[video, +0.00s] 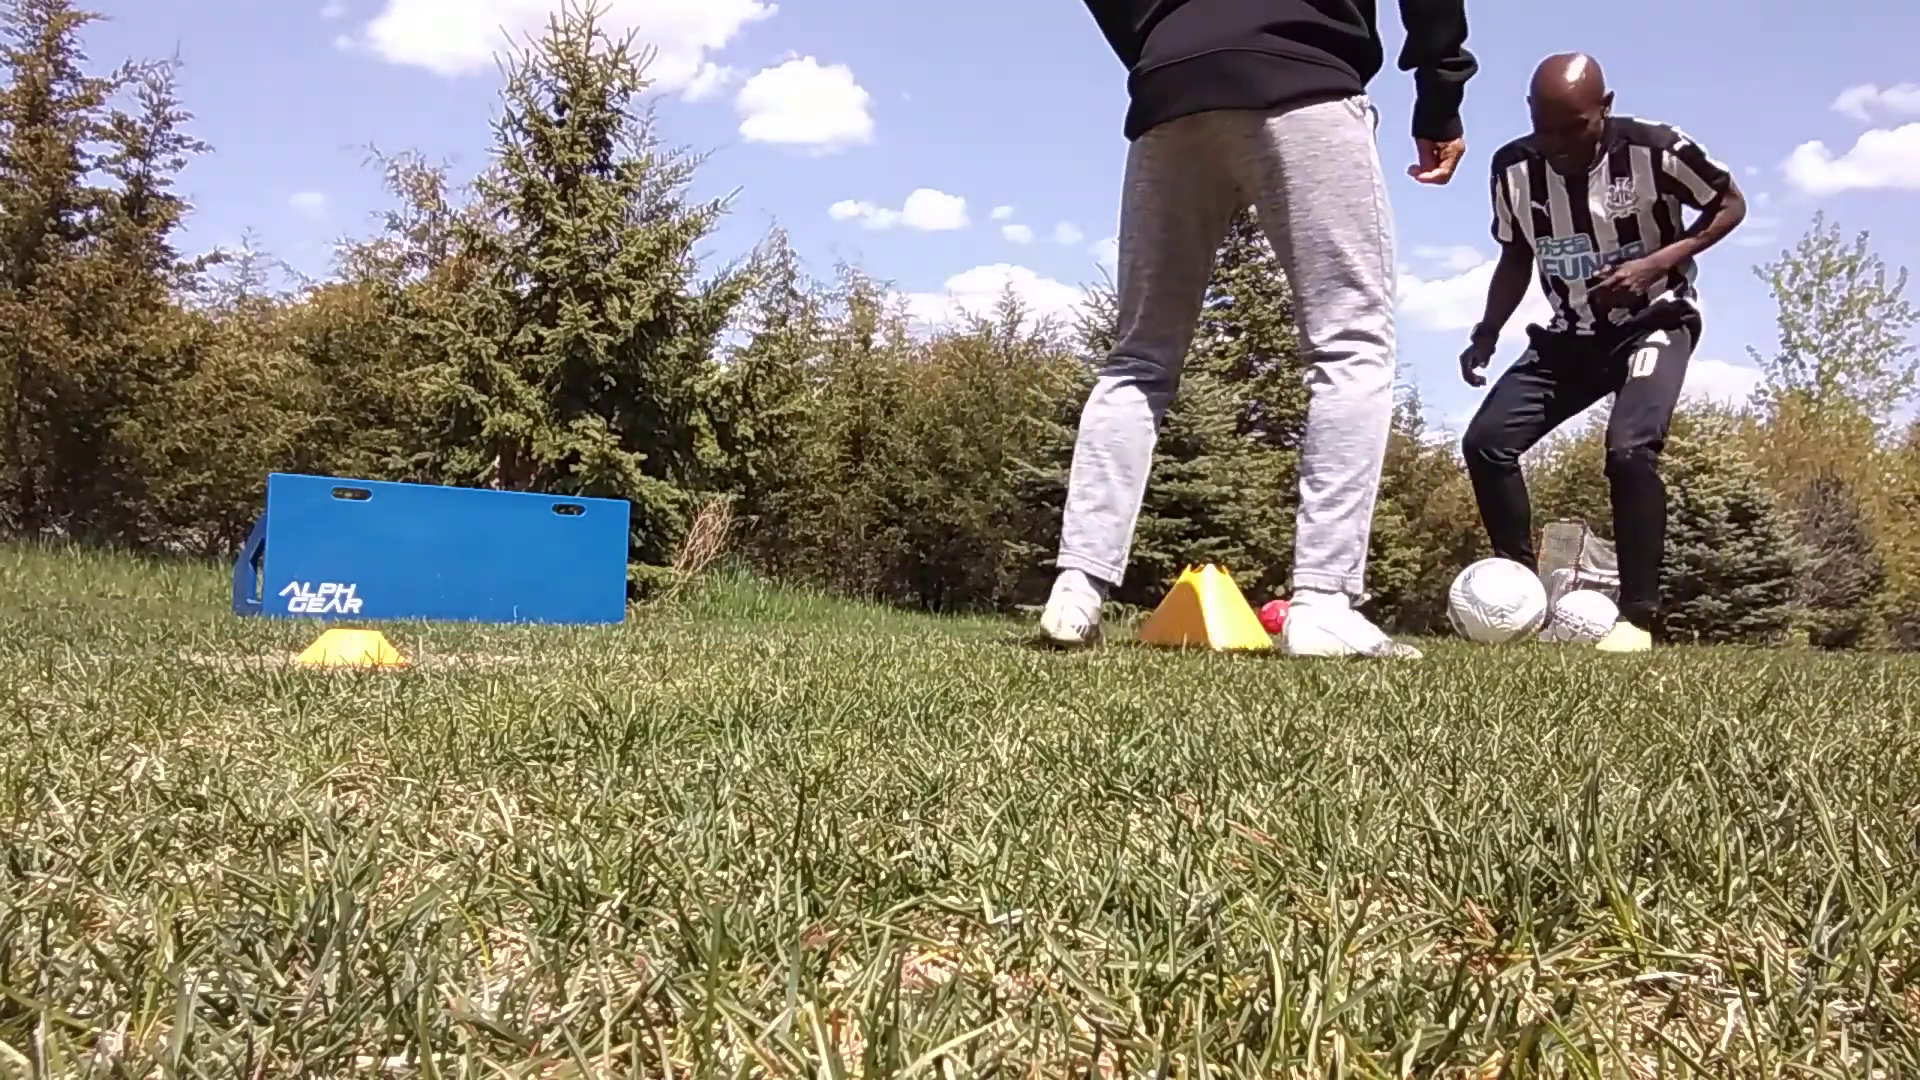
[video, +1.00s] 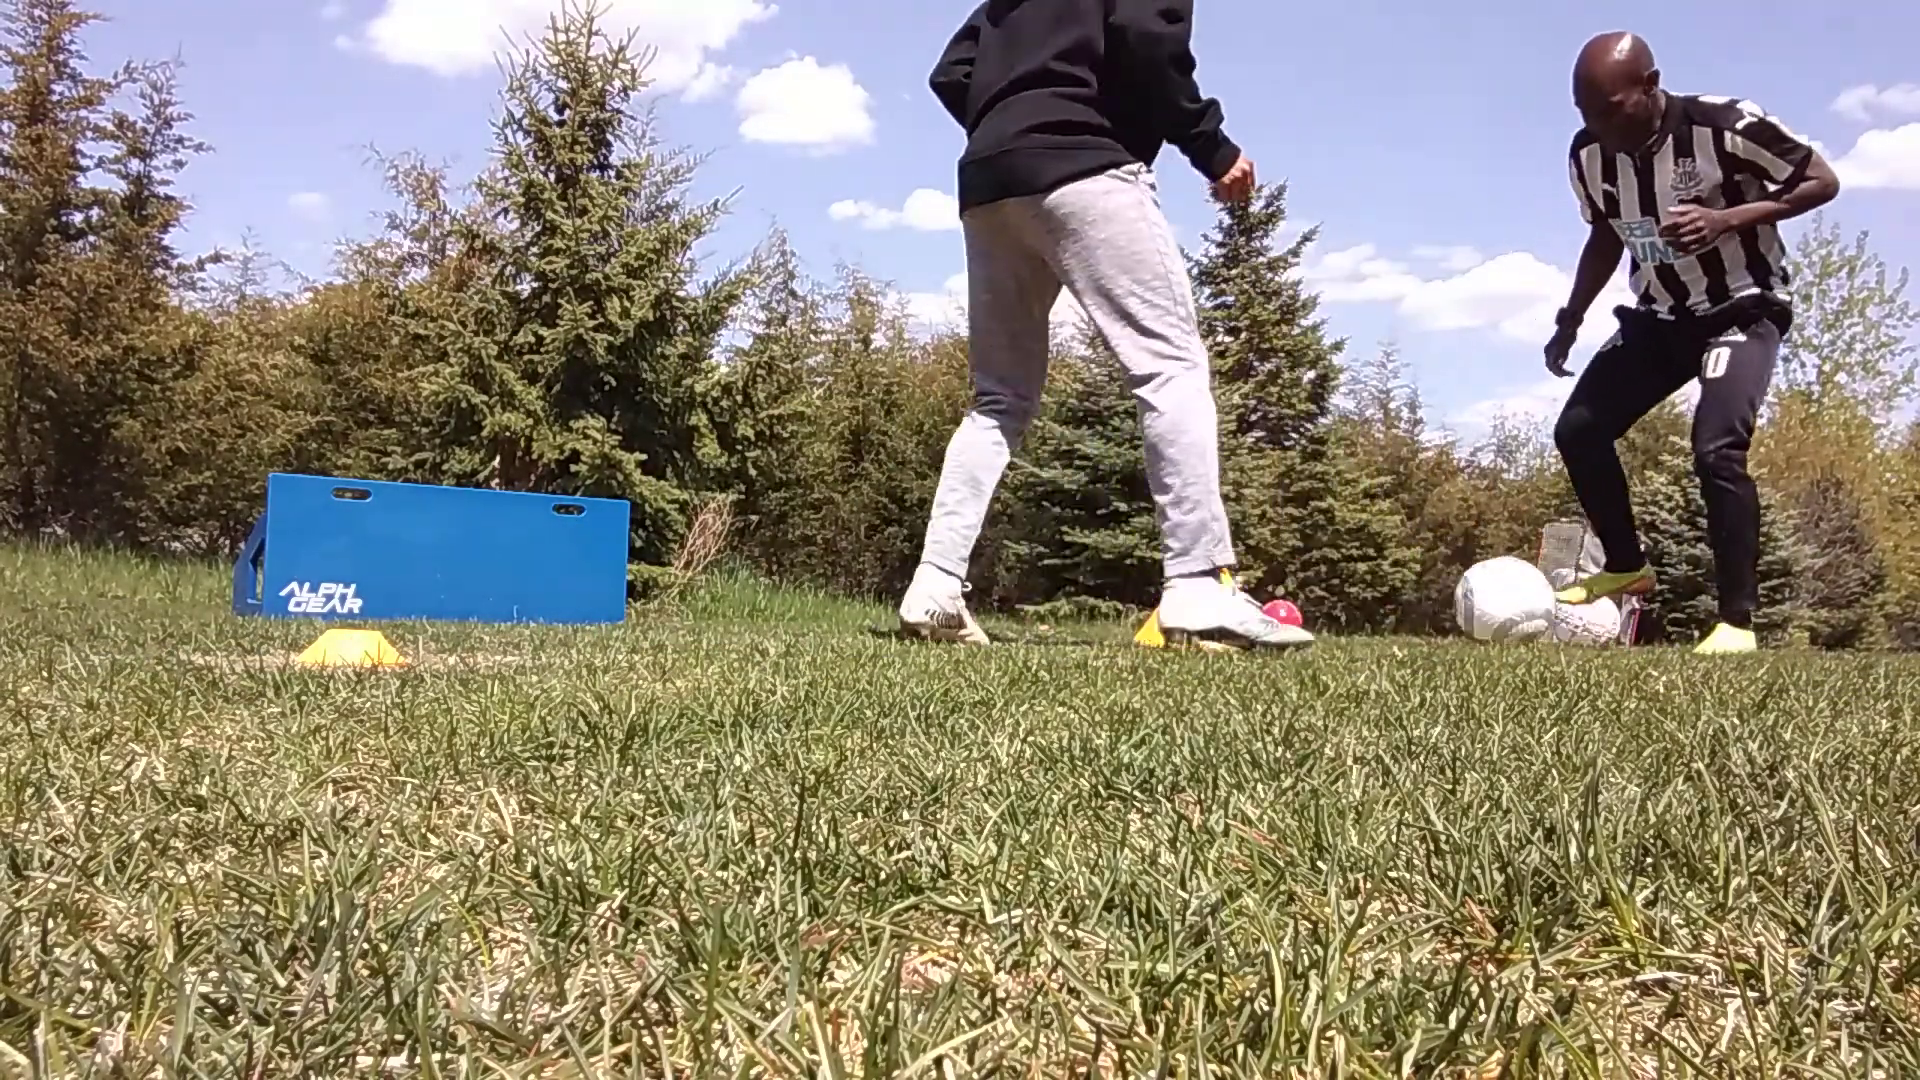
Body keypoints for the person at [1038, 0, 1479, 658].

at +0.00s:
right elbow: (1432, 5)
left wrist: (1163, 61)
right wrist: (1439, 101)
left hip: (1169, 82)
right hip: (1302, 72)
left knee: (1138, 360)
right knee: (1350, 349)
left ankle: (1075, 592)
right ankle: (1324, 603)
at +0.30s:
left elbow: (1069, 12)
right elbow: (1368, 3)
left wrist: (1134, 92)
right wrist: (1384, 115)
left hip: (1123, 87)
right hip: (1247, 67)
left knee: (1145, 366)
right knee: (1316, 337)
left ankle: (1120, 600)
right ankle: (1322, 597)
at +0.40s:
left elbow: (1050, 26)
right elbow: (1304, 11)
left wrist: (1118, 97)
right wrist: (1351, 107)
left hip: (1097, 100)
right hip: (1207, 77)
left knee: (1140, 374)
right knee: (1338, 302)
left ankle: (1119, 598)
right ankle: (1299, 535)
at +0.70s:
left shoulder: (1082, 2)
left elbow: (1038, 63)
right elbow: (1222, 29)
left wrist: (1100, 120)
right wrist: (1275, 136)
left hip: (1056, 139)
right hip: (1156, 119)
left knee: (1130, 376)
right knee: (1270, 334)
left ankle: (1114, 586)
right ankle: (1258, 583)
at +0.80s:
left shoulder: (1069, 5)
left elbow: (1015, 84)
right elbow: (1267, 58)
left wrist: (1082, 146)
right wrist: (1303, 190)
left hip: (1049, 168)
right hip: (1153, 146)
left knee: (1108, 379)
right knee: (1255, 373)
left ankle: (1065, 545)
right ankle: (1245, 603)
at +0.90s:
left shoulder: (1044, 6)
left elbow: (989, 97)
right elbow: (1237, 65)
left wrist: (1054, 166)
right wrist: (1287, 196)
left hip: (1024, 187)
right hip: (1129, 166)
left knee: (1067, 396)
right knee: (1236, 377)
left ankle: (974, 574)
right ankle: (1244, 603)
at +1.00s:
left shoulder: (1009, 4)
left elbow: (951, 70)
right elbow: (1147, 40)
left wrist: (1015, 136)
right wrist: (1215, 149)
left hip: (986, 171)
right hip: (1083, 154)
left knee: (999, 401)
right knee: (1172, 367)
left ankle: (934, 588)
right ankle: (1197, 584)